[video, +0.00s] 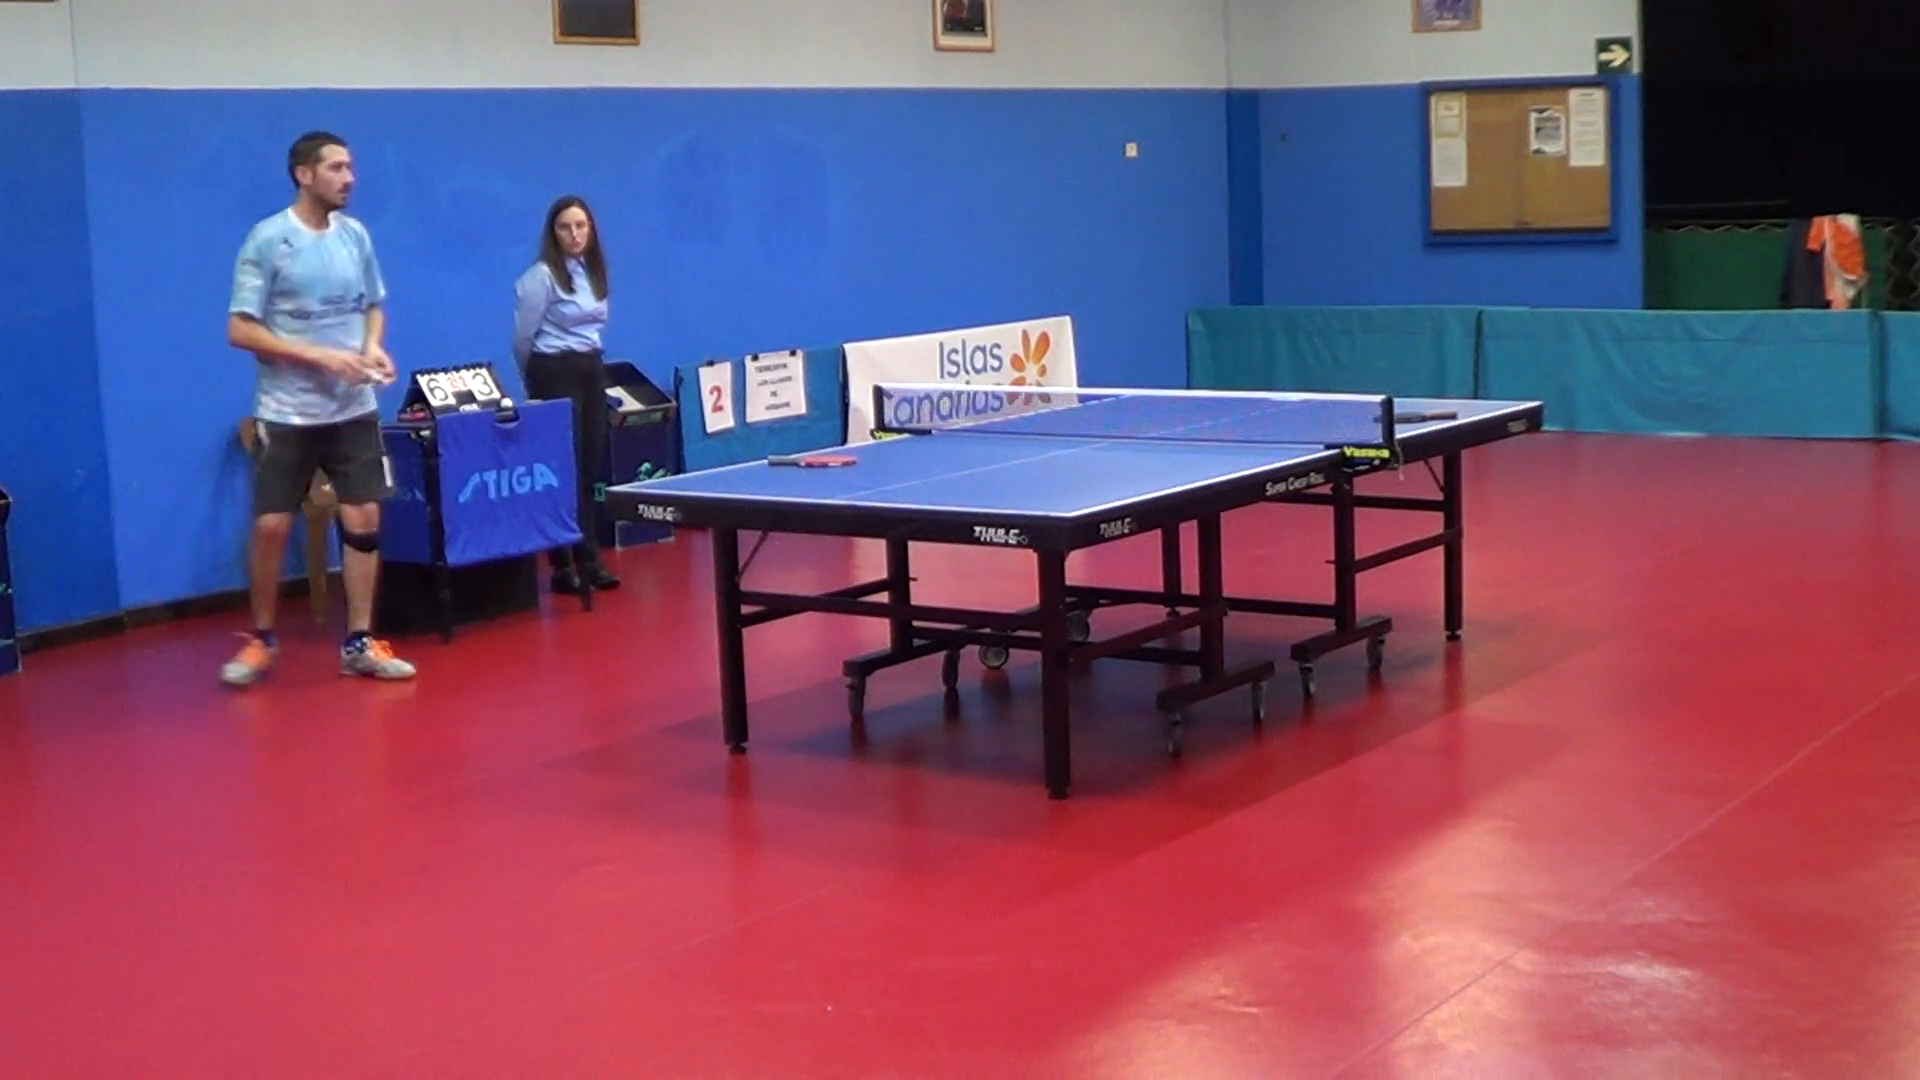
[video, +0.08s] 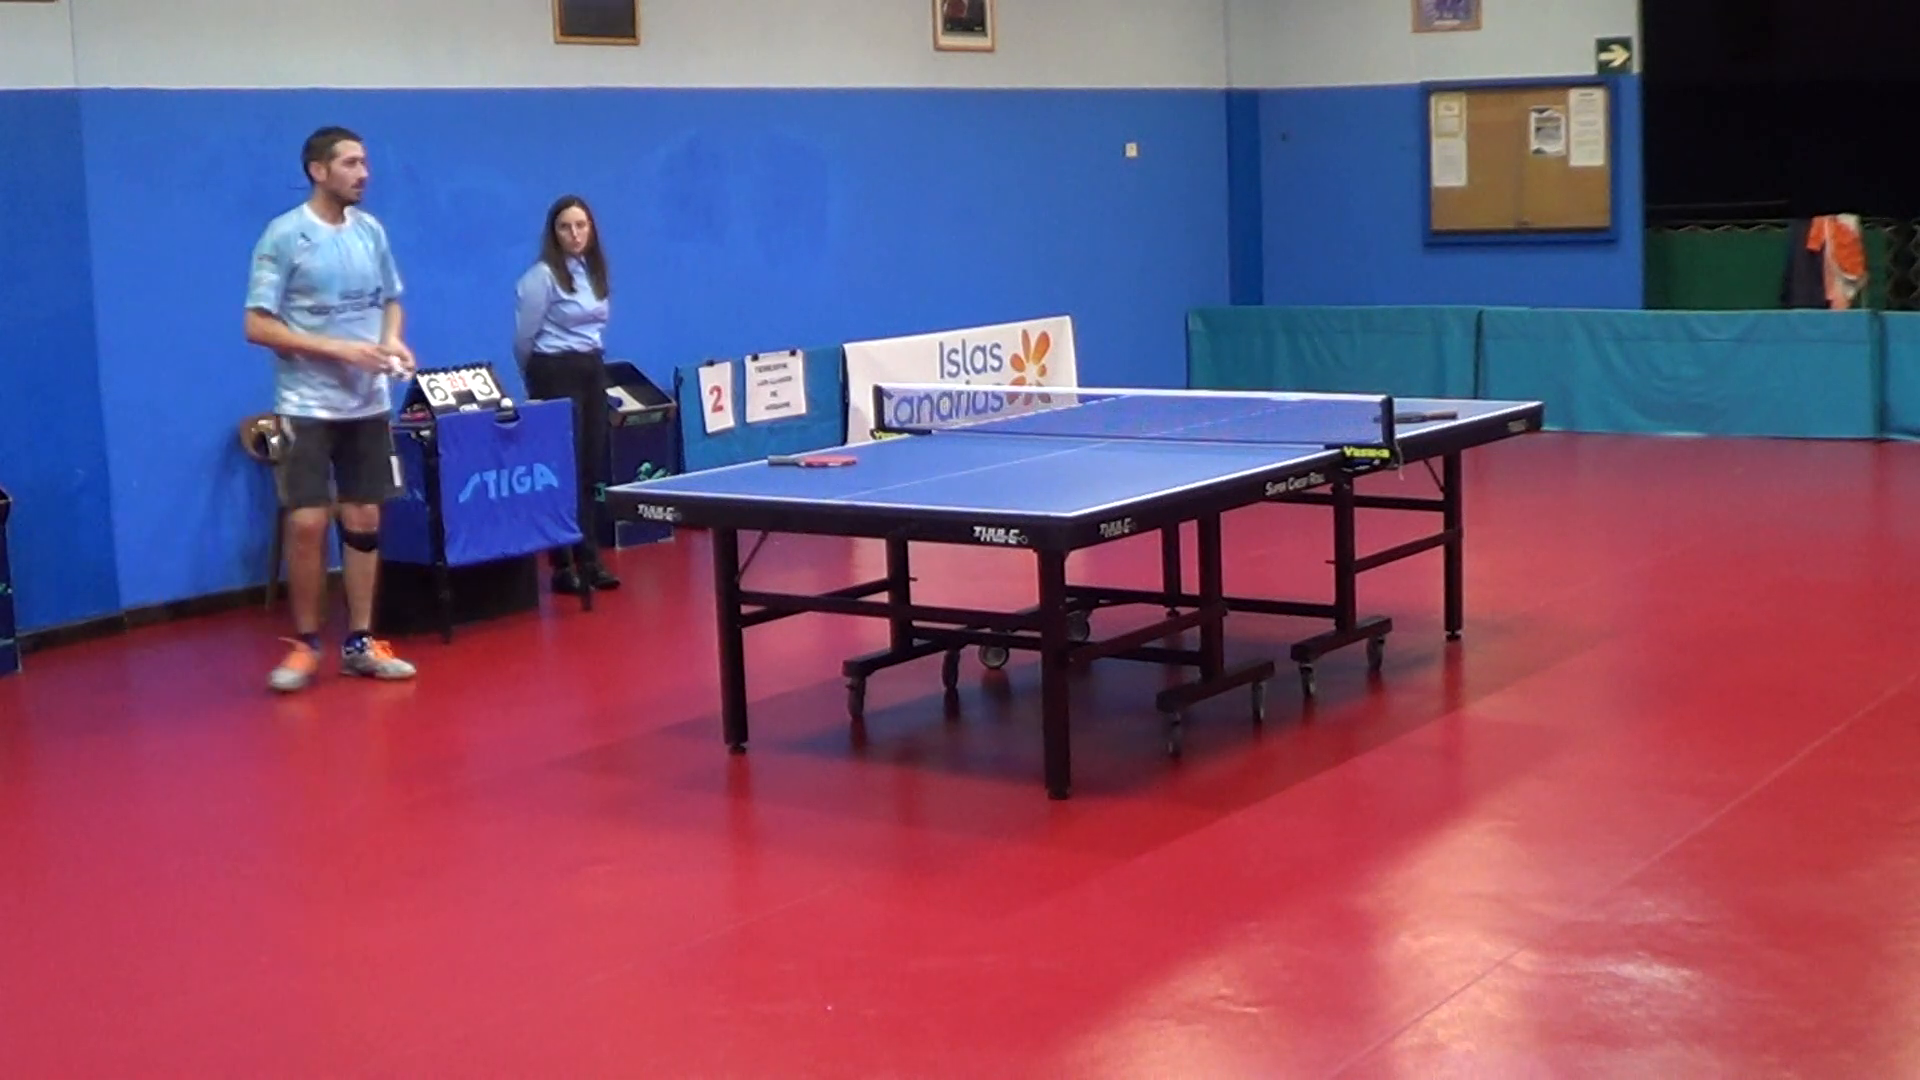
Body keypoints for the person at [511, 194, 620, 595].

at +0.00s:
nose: (575, 233)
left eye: (581, 225)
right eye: (566, 227)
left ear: (591, 229)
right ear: (554, 233)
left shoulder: (593, 271)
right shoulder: (540, 277)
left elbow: (596, 322)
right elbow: (522, 335)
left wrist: (576, 354)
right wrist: (531, 370)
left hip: (591, 366)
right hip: (554, 368)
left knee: (590, 462)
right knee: (561, 464)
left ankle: (589, 557)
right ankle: (564, 563)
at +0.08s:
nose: (575, 233)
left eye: (581, 225)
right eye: (566, 226)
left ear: (592, 229)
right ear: (554, 232)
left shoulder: (593, 271)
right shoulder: (541, 277)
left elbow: (597, 322)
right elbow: (524, 335)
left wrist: (577, 354)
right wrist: (531, 369)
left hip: (592, 365)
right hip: (554, 368)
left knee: (591, 462)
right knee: (562, 464)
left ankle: (590, 557)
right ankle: (564, 563)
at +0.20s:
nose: (576, 233)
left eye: (582, 225)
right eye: (567, 226)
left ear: (592, 229)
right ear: (555, 233)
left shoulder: (594, 271)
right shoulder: (542, 277)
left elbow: (597, 323)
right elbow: (524, 336)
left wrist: (579, 354)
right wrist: (534, 370)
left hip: (592, 365)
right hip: (556, 367)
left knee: (593, 462)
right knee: (563, 464)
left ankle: (590, 556)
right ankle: (564, 563)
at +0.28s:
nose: (576, 233)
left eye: (582, 225)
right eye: (567, 227)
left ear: (592, 229)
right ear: (555, 233)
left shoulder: (594, 271)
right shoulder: (542, 277)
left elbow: (598, 322)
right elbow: (525, 336)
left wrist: (578, 354)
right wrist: (534, 370)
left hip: (594, 364)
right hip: (557, 367)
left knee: (594, 461)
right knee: (565, 463)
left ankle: (590, 556)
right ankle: (565, 563)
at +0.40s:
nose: (576, 234)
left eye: (582, 225)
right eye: (567, 227)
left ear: (592, 230)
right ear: (555, 233)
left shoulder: (594, 271)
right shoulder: (543, 277)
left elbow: (598, 322)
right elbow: (526, 335)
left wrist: (577, 354)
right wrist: (533, 369)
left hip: (595, 364)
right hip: (557, 367)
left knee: (596, 460)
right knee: (566, 462)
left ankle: (590, 556)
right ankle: (566, 563)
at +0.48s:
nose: (576, 234)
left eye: (582, 226)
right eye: (567, 228)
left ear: (593, 230)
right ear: (555, 234)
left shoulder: (595, 271)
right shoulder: (542, 277)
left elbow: (599, 322)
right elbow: (526, 336)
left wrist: (579, 354)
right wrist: (533, 371)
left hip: (595, 364)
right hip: (558, 367)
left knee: (596, 461)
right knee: (567, 462)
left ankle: (591, 556)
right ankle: (566, 562)